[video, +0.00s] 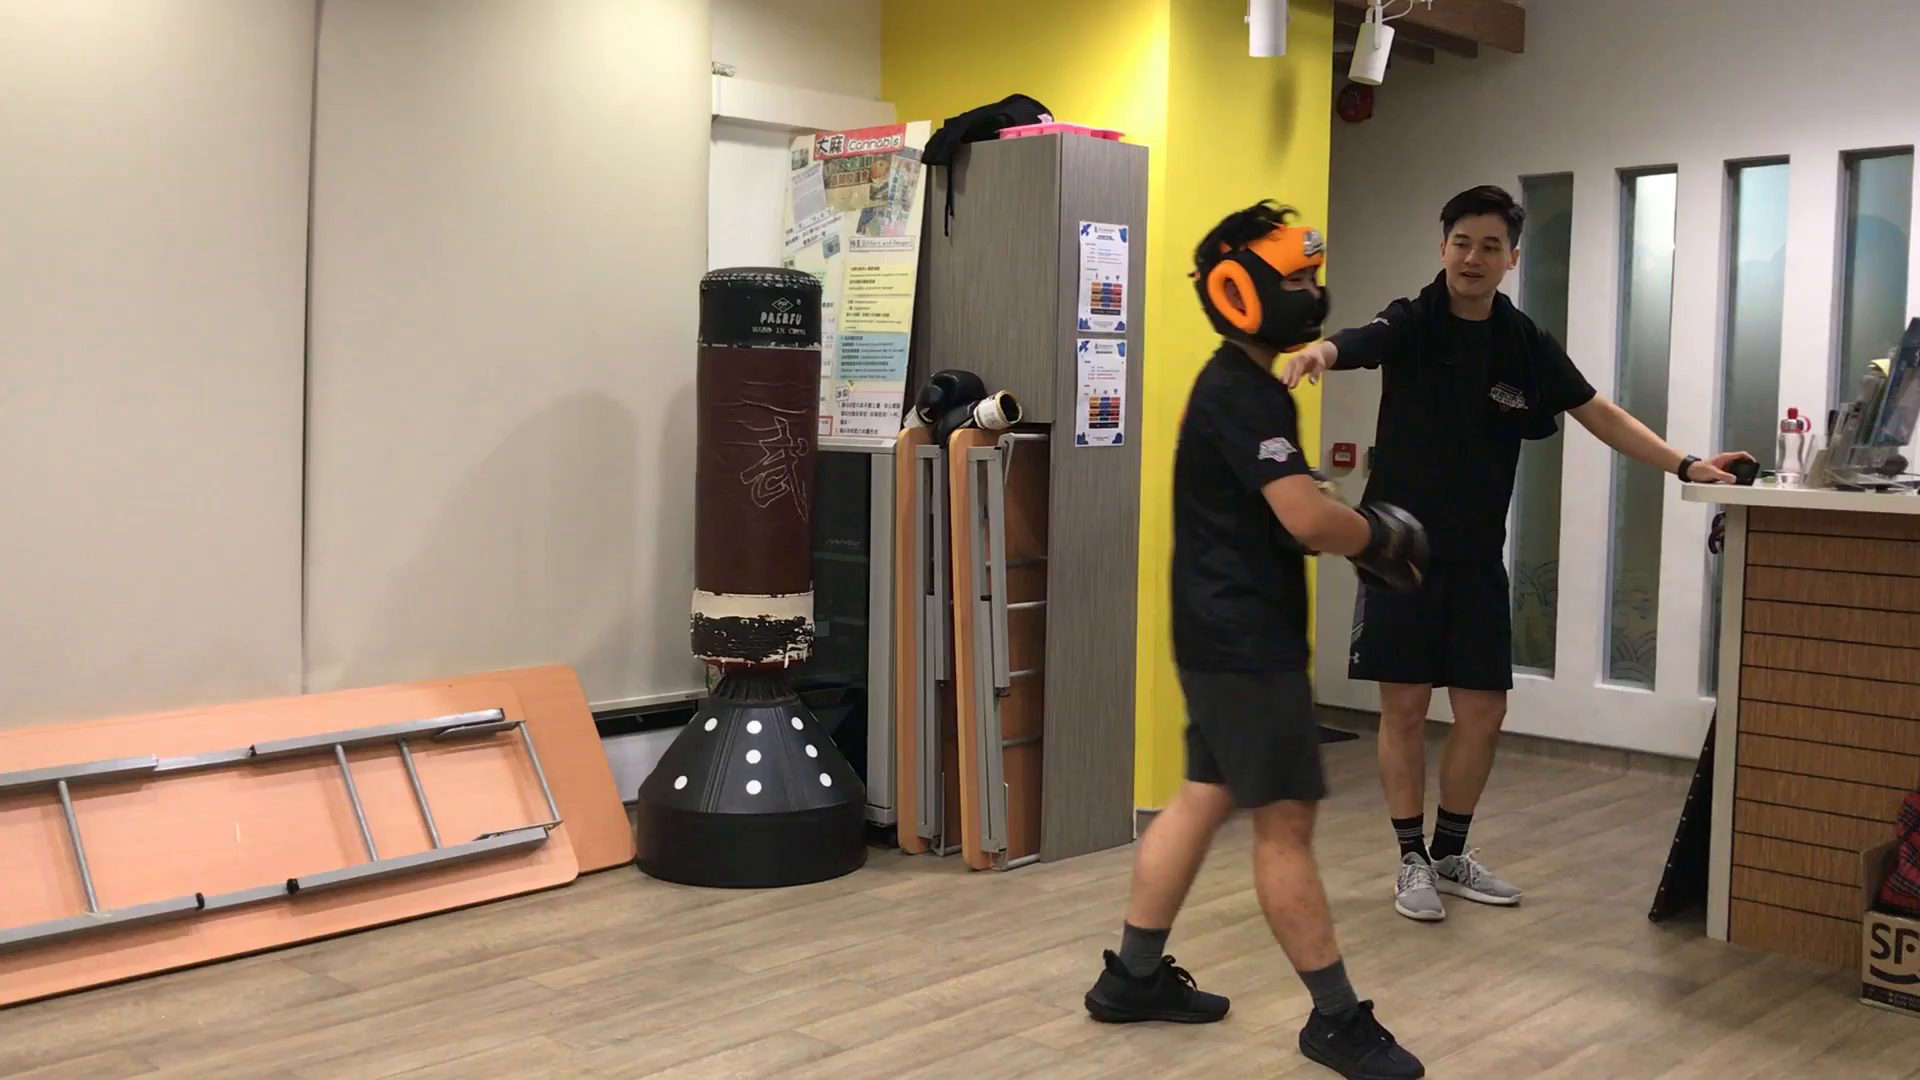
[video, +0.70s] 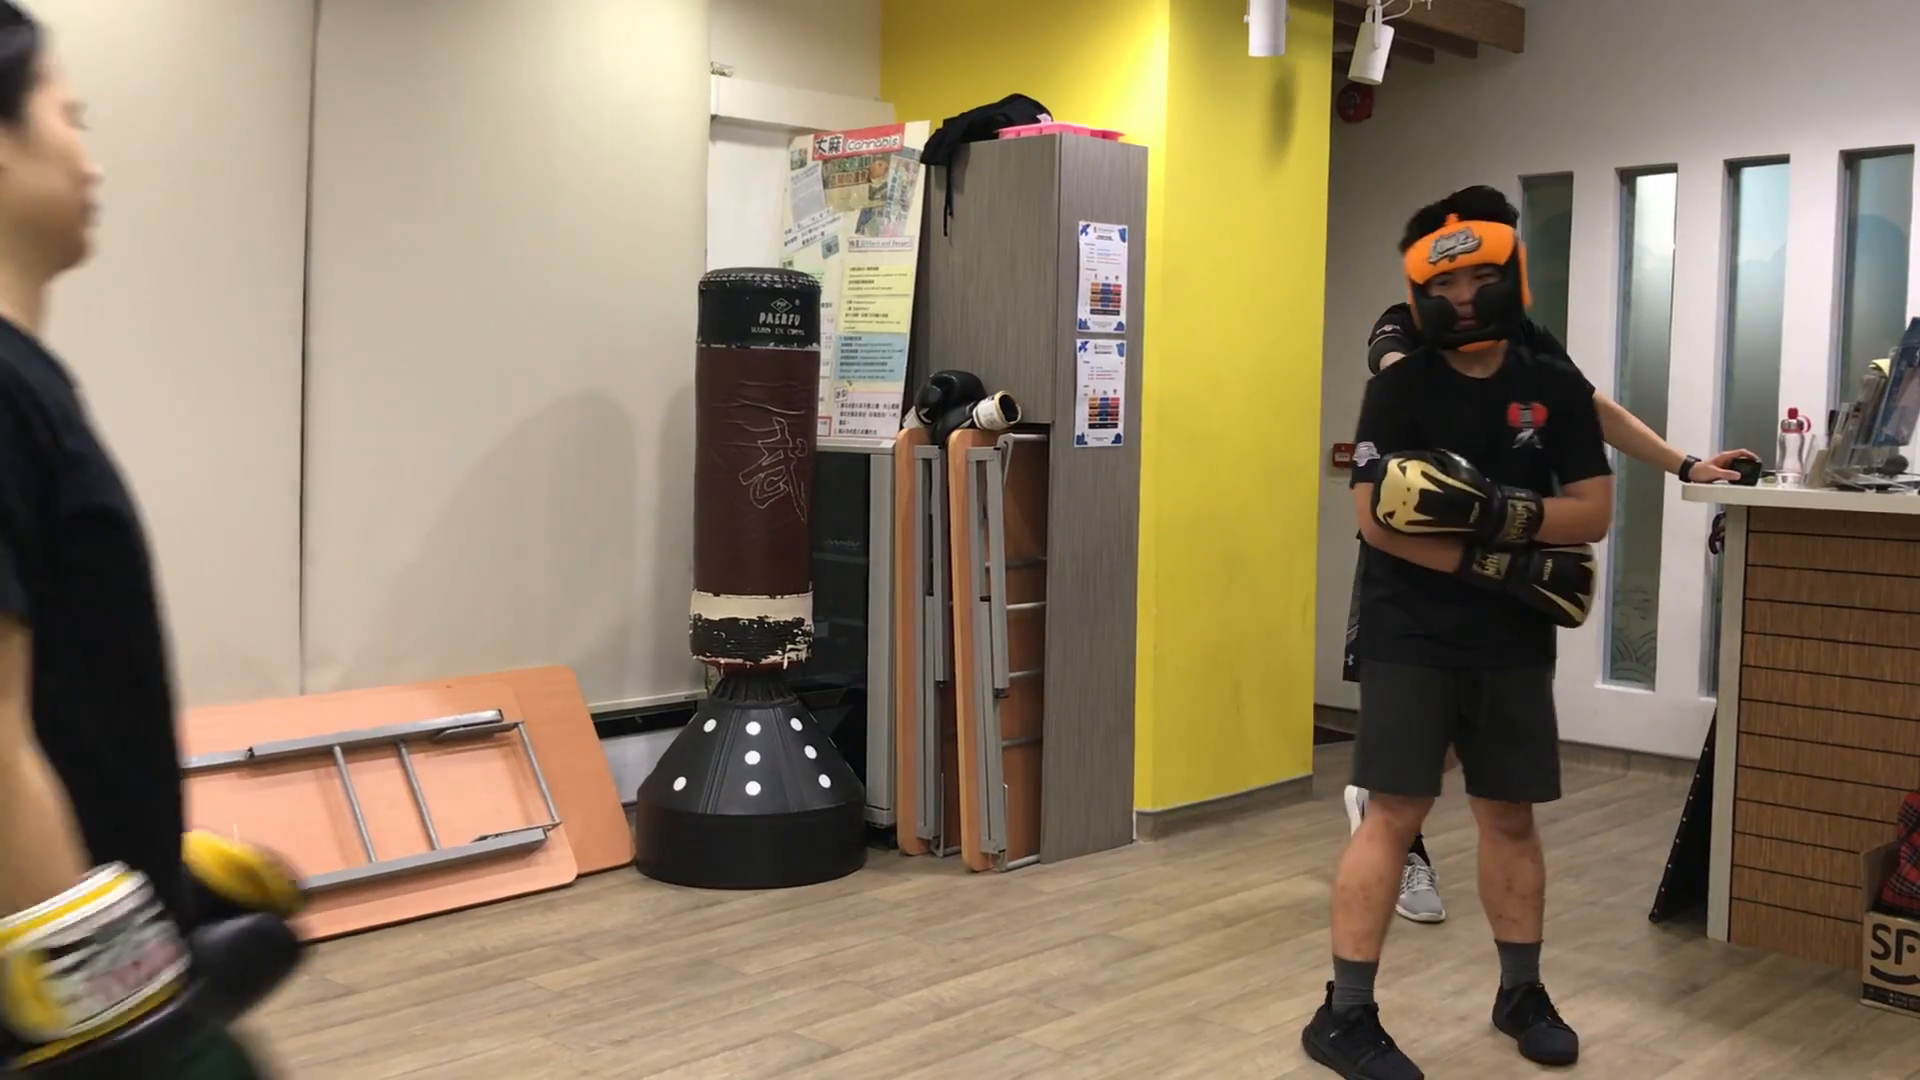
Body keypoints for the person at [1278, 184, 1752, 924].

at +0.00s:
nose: (1474, 257)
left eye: (1491, 246)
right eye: (1463, 243)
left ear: (1512, 258)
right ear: (1442, 248)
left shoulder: (1526, 342)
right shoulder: (1412, 321)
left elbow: (1602, 416)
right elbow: (1349, 347)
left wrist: (1684, 463)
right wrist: (1316, 356)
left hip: (1477, 550)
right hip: (1400, 544)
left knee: (1483, 706)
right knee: (1405, 704)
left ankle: (1450, 854)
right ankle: (1412, 861)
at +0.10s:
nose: (1474, 259)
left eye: (1490, 248)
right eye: (1462, 244)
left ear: (1511, 258)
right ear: (1441, 248)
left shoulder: (1524, 342)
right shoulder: (1410, 322)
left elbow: (1600, 414)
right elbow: (1343, 354)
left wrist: (1684, 464)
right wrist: (1319, 362)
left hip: (1477, 548)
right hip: (1397, 544)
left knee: (1478, 708)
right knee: (1402, 705)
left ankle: (1449, 855)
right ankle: (1413, 863)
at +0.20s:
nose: (1474, 259)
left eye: (1491, 248)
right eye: (1463, 244)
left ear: (1512, 258)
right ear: (1441, 247)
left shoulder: (1523, 342)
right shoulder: (1397, 332)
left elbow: (1602, 414)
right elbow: (1343, 419)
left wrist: (1685, 464)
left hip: (1473, 545)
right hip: (1394, 541)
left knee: (1477, 704)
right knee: (1405, 702)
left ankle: (1440, 846)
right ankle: (1411, 857)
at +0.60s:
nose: (1493, 261)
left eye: (1502, 248)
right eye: (1481, 246)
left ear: (1511, 256)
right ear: (1444, 249)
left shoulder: (1524, 342)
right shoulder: (1401, 345)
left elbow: (1605, 415)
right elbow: (1366, 443)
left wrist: (1687, 464)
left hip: (1490, 558)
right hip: (1395, 557)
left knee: (1472, 696)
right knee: (1407, 697)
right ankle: (1405, 844)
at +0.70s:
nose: (1468, 297)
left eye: (1485, 275)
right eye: (1449, 280)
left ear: (1514, 274)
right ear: (1426, 284)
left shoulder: (1533, 347)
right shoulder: (1403, 345)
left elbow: (1599, 412)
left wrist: (1687, 464)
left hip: (1501, 581)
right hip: (1404, 568)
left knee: (1480, 699)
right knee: (1400, 696)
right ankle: (1404, 843)